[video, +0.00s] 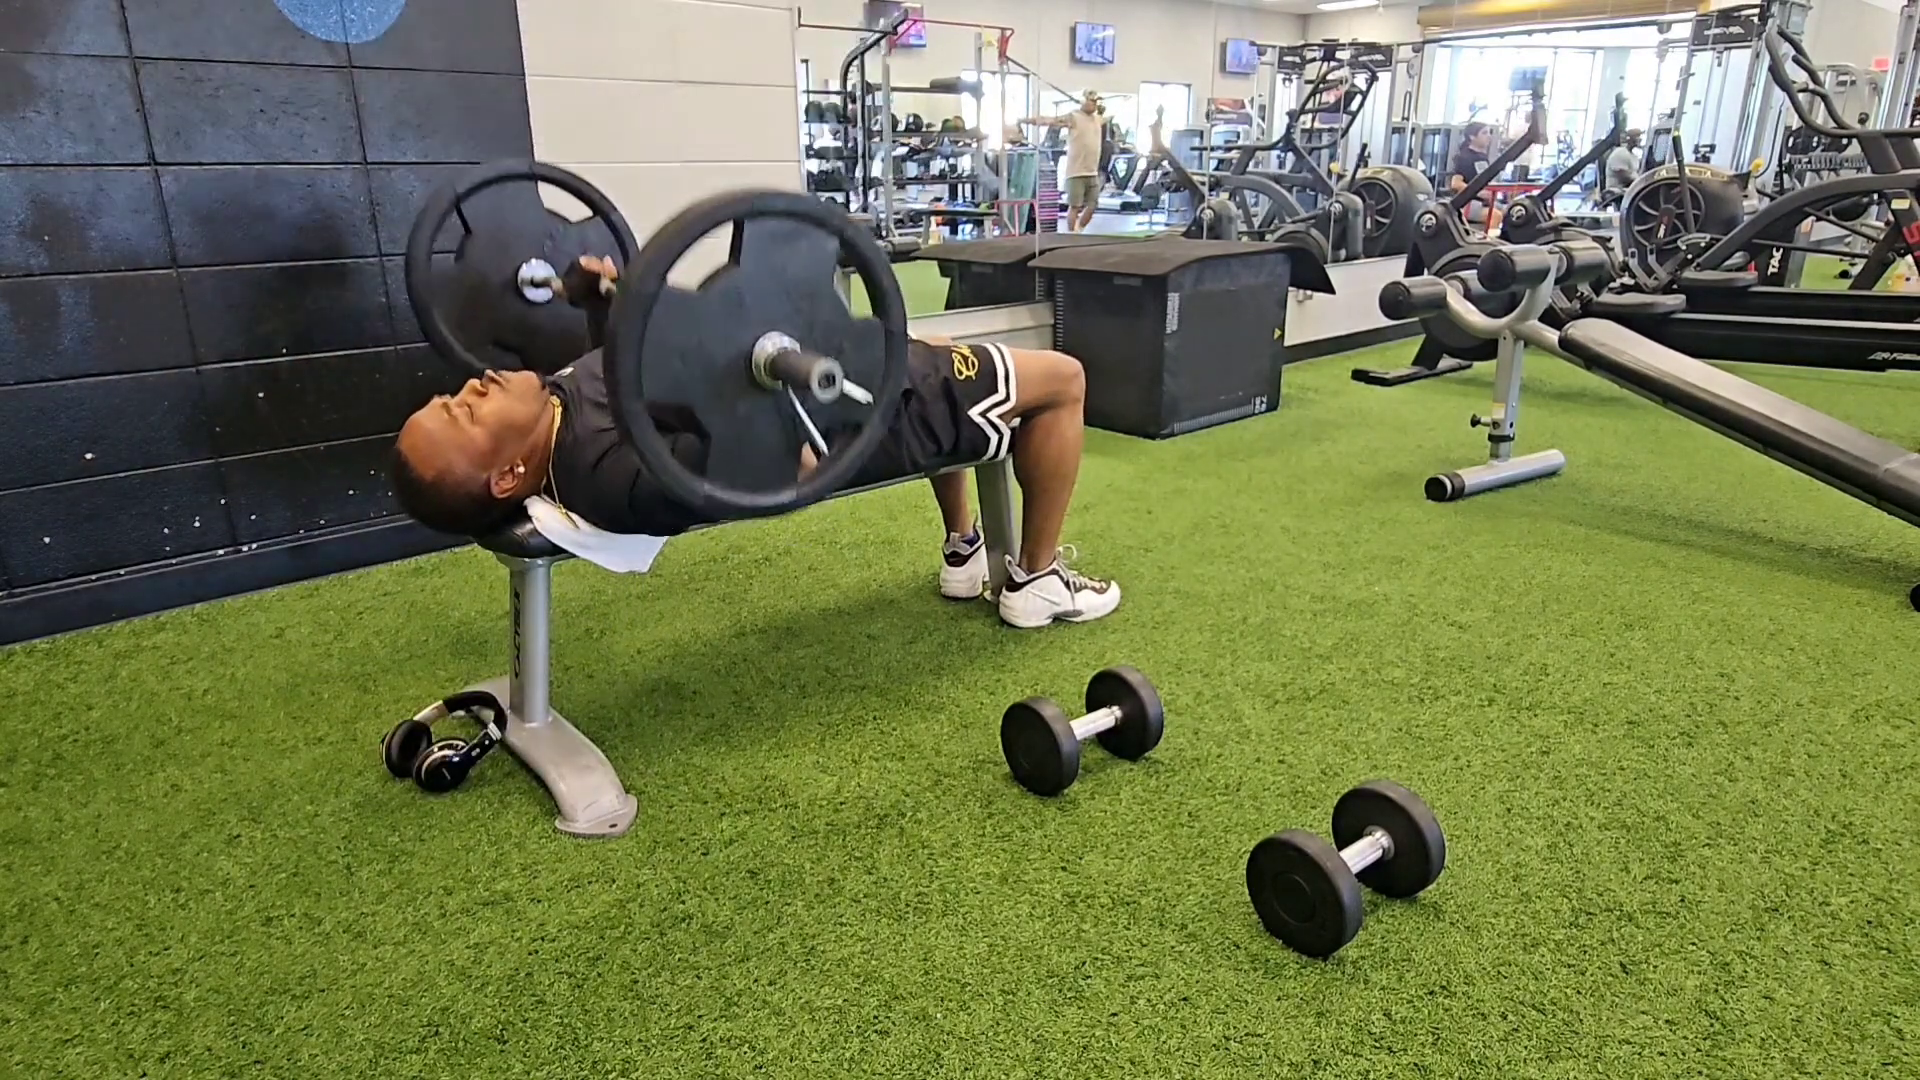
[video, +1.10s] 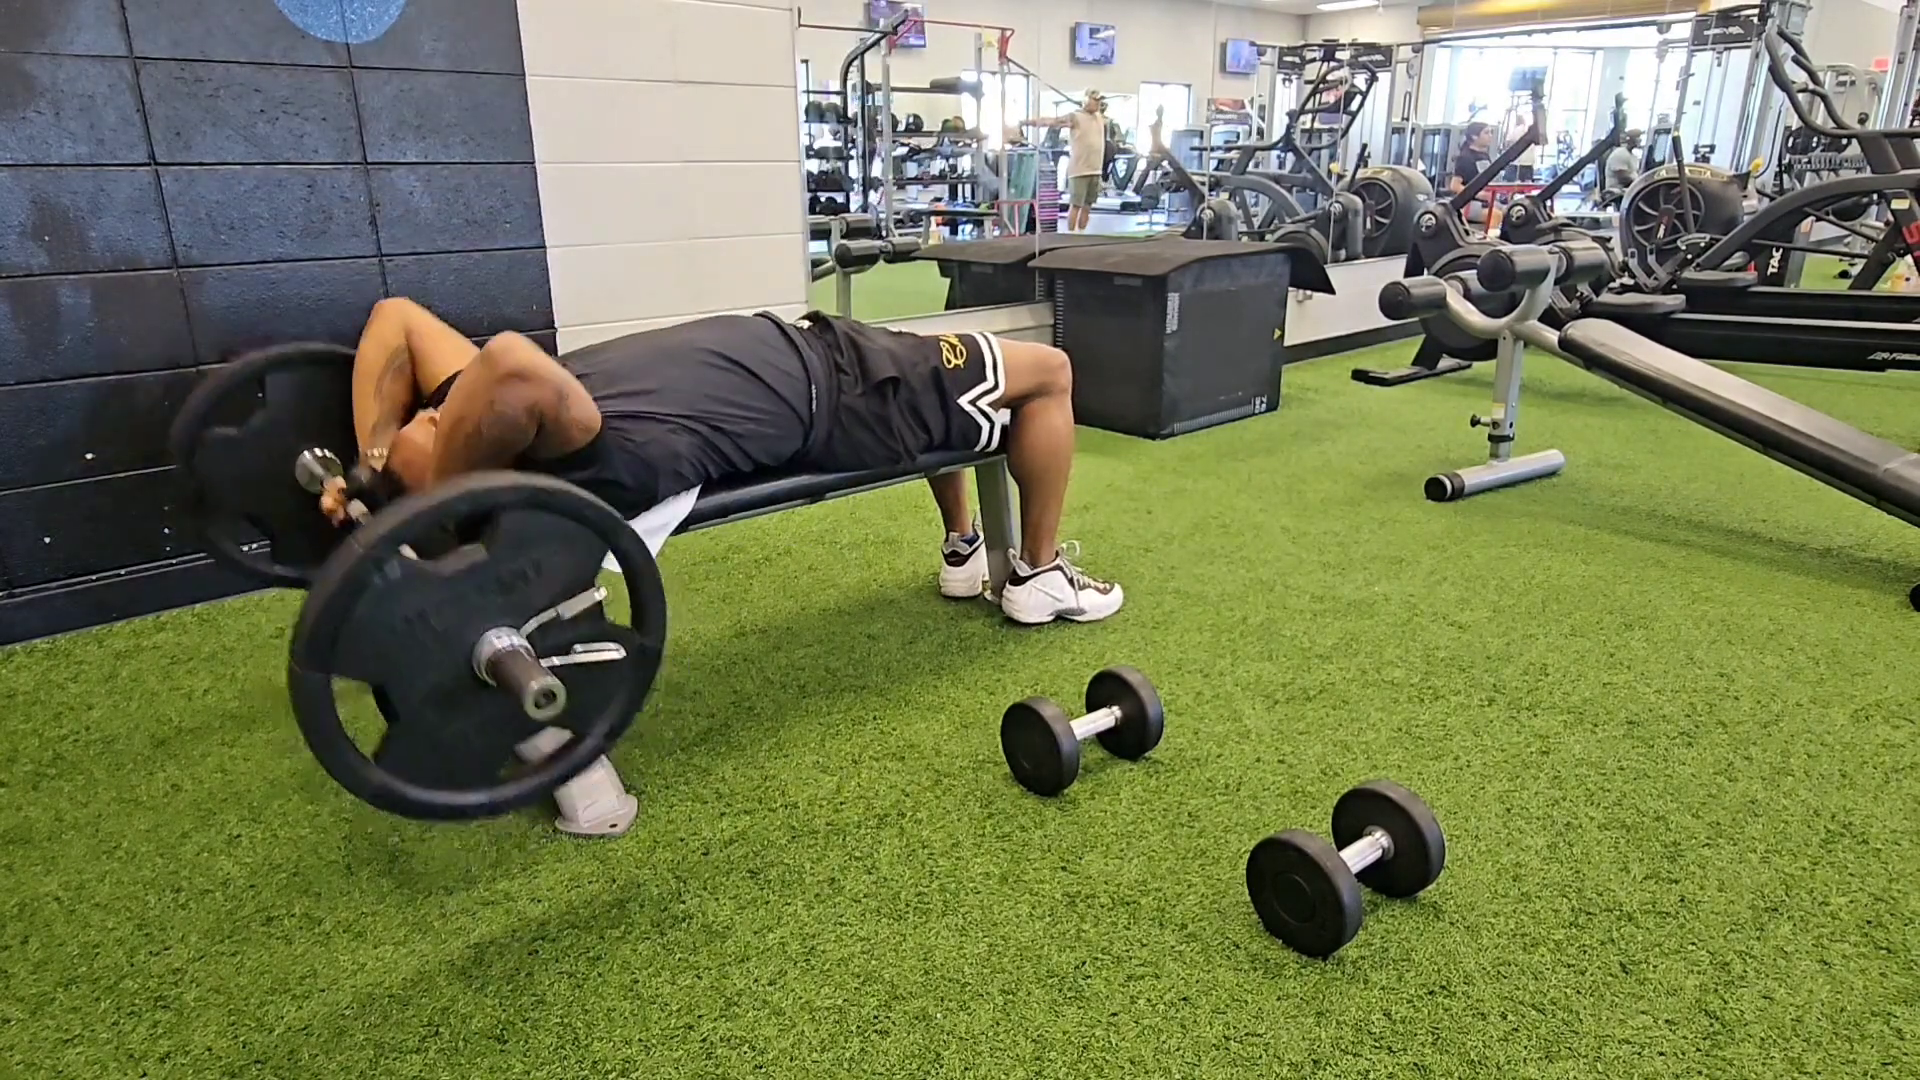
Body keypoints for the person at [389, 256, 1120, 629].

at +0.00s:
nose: (477, 376)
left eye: (455, 393)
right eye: (469, 404)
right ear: (513, 472)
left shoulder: (558, 393)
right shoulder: (612, 473)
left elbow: (653, 354)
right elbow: (757, 479)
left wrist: (614, 301)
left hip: (776, 377)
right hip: (832, 427)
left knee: (938, 350)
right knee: (1064, 380)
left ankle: (965, 549)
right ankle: (1039, 577)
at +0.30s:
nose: (490, 382)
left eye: (470, 388)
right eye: (482, 405)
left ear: (502, 374)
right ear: (518, 472)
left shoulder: (562, 393)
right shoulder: (598, 457)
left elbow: (632, 345)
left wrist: (561, 315)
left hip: (803, 357)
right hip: (854, 411)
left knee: (945, 344)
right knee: (1067, 379)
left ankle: (967, 544)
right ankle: (1040, 577)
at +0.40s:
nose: (495, 385)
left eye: (484, 383)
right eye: (483, 400)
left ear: (487, 393)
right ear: (488, 450)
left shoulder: (542, 396)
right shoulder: (553, 449)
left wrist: (471, 326)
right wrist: (496, 346)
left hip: (790, 349)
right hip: (834, 393)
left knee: (942, 345)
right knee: (1061, 375)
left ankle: (970, 548)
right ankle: (1040, 575)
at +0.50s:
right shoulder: (545, 415)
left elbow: (516, 271)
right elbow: (686, 332)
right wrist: (556, 324)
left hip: (788, 351)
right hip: (829, 395)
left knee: (942, 354)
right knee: (1055, 374)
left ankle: (968, 550)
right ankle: (1041, 573)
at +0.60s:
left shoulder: (434, 426)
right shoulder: (533, 472)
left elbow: (466, 286)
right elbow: (609, 328)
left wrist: (378, 402)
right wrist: (484, 401)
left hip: (773, 345)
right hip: (821, 390)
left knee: (935, 353)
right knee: (1053, 374)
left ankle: (966, 549)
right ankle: (1041, 572)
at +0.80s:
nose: (429, 409)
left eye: (415, 425)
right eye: (434, 431)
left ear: (406, 445)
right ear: (476, 478)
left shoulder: (459, 423)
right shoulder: (580, 461)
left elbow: (377, 329)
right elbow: (517, 375)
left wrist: (368, 460)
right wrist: (417, 485)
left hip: (772, 340)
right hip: (827, 382)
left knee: (926, 344)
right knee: (1048, 372)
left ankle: (967, 545)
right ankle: (1039, 574)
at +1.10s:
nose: (430, 408)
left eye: (412, 421)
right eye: (428, 426)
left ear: (396, 456)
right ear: (462, 472)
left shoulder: (463, 426)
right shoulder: (583, 456)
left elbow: (394, 315)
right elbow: (510, 360)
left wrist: (369, 451)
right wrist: (426, 470)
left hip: (775, 341)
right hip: (830, 384)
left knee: (926, 347)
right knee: (1046, 369)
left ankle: (968, 545)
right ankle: (1038, 574)